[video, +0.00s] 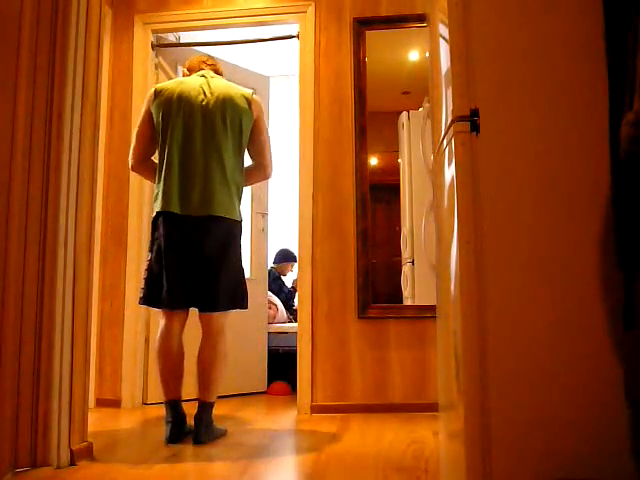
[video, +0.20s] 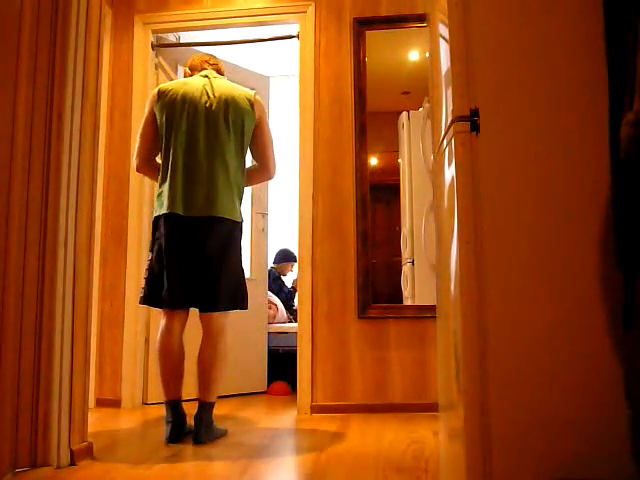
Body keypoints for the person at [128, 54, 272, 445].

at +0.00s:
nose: (186, 75)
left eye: (185, 71)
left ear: (186, 72)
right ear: (220, 72)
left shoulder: (164, 93)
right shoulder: (246, 100)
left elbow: (138, 161)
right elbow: (263, 169)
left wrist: (174, 179)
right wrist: (225, 180)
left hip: (172, 217)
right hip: (221, 220)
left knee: (172, 319)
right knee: (213, 322)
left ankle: (174, 420)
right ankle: (204, 423)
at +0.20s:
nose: (186, 75)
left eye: (186, 71)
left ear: (186, 72)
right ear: (221, 72)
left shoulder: (165, 93)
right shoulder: (249, 101)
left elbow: (143, 163)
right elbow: (266, 169)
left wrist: (178, 178)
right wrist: (227, 179)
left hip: (173, 219)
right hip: (222, 221)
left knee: (172, 319)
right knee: (214, 322)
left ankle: (174, 421)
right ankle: (204, 422)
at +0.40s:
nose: (187, 74)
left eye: (187, 71)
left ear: (187, 72)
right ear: (222, 72)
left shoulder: (166, 93)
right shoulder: (249, 102)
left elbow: (144, 162)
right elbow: (266, 170)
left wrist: (178, 178)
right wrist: (228, 179)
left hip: (174, 218)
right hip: (222, 221)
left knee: (172, 319)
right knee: (214, 322)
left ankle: (174, 421)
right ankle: (204, 422)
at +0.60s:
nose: (187, 75)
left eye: (187, 71)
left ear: (188, 72)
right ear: (222, 72)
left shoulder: (167, 93)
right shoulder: (250, 102)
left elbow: (144, 162)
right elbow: (267, 170)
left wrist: (179, 178)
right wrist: (228, 179)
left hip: (174, 218)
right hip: (223, 220)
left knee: (172, 319)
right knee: (214, 322)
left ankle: (174, 421)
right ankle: (204, 422)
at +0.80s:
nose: (187, 75)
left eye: (188, 72)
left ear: (189, 72)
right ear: (224, 72)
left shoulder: (167, 94)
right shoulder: (251, 102)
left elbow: (145, 163)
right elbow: (268, 170)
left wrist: (180, 179)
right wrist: (230, 180)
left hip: (175, 219)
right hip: (224, 222)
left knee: (173, 319)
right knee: (215, 323)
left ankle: (174, 421)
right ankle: (205, 422)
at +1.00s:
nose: (191, 75)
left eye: (191, 71)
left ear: (192, 72)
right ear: (227, 73)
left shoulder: (168, 94)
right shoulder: (253, 102)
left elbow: (147, 163)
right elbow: (270, 169)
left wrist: (183, 179)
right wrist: (231, 180)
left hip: (177, 220)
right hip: (225, 222)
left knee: (174, 319)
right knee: (217, 323)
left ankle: (174, 420)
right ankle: (204, 421)